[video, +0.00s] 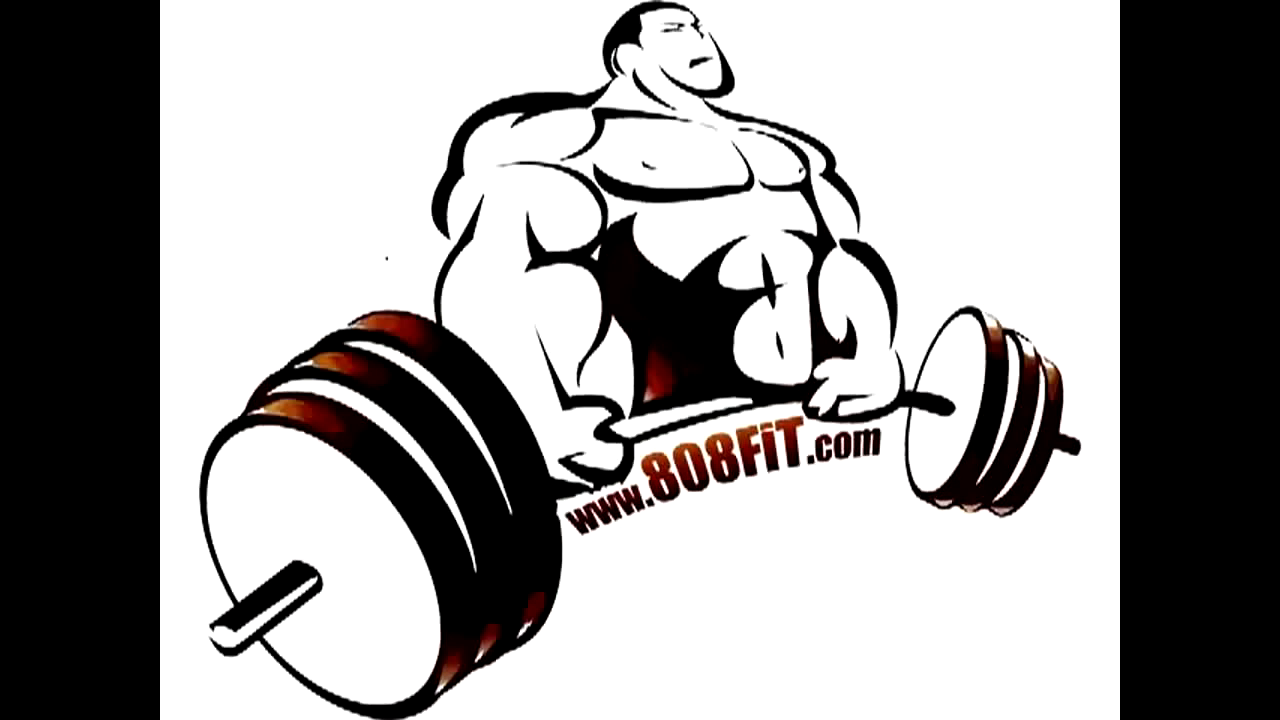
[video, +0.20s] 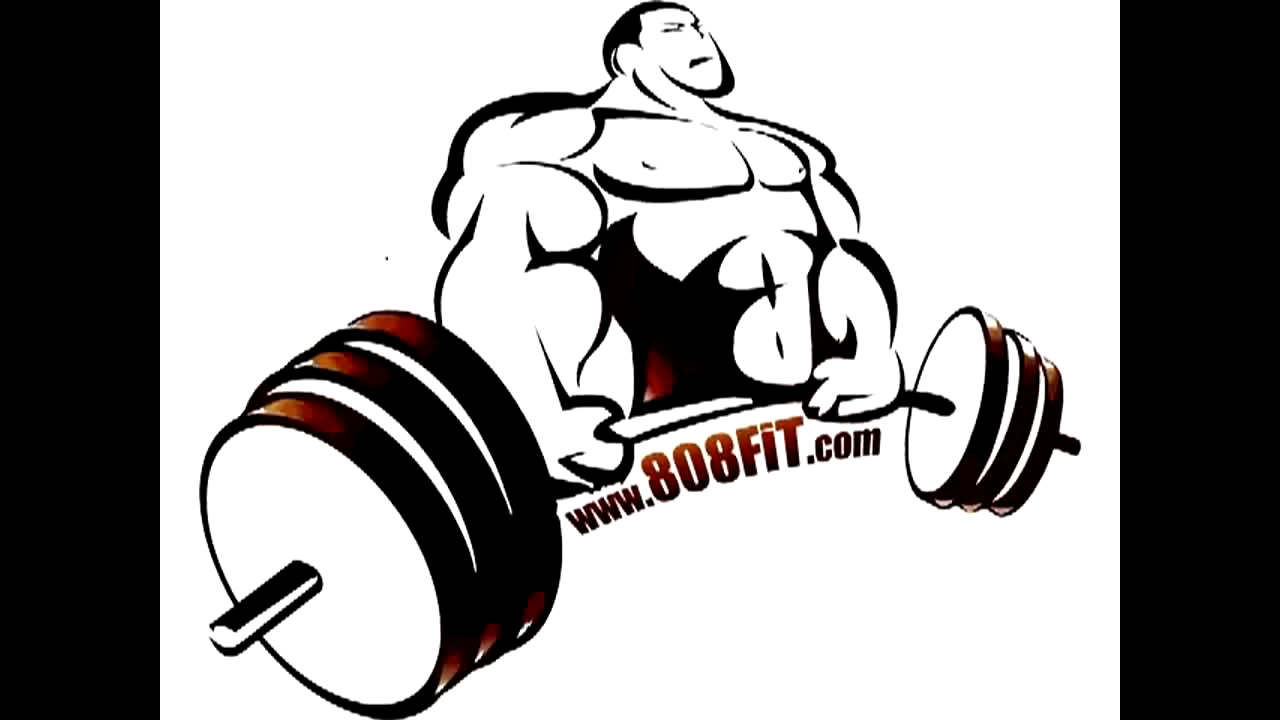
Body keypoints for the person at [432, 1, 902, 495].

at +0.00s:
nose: (702, 40)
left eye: (701, 28)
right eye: (676, 30)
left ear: (713, 45)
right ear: (629, 59)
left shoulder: (775, 145)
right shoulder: (594, 126)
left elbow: (850, 249)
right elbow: (487, 155)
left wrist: (878, 358)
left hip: (747, 330)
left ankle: (870, 369)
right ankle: (577, 429)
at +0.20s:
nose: (702, 40)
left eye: (701, 28)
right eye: (676, 30)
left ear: (713, 45)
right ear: (629, 59)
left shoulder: (775, 145)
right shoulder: (594, 126)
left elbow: (850, 249)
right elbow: (487, 155)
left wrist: (878, 358)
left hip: (747, 330)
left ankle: (870, 369)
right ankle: (577, 429)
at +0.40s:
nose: (702, 40)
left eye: (701, 28)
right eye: (675, 30)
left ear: (713, 45)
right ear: (628, 59)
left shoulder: (776, 145)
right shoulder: (593, 126)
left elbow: (850, 250)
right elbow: (487, 155)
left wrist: (878, 358)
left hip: (747, 331)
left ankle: (870, 369)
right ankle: (576, 429)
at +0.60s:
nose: (702, 40)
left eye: (701, 28)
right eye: (675, 30)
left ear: (713, 45)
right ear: (628, 59)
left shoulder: (776, 145)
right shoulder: (593, 126)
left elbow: (850, 250)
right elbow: (487, 156)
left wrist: (878, 358)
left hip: (747, 331)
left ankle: (870, 369)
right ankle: (577, 429)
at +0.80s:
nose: (702, 40)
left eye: (701, 28)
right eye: (675, 30)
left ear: (713, 45)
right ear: (628, 59)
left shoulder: (776, 145)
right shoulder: (593, 127)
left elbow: (850, 250)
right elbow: (487, 155)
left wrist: (878, 358)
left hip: (747, 331)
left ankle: (870, 369)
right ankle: (577, 429)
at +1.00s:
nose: (702, 40)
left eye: (701, 28)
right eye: (675, 30)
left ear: (713, 45)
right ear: (628, 59)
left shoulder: (776, 145)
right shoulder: (593, 127)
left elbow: (850, 250)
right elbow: (487, 155)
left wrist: (878, 358)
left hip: (747, 331)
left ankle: (870, 369)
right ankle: (577, 429)